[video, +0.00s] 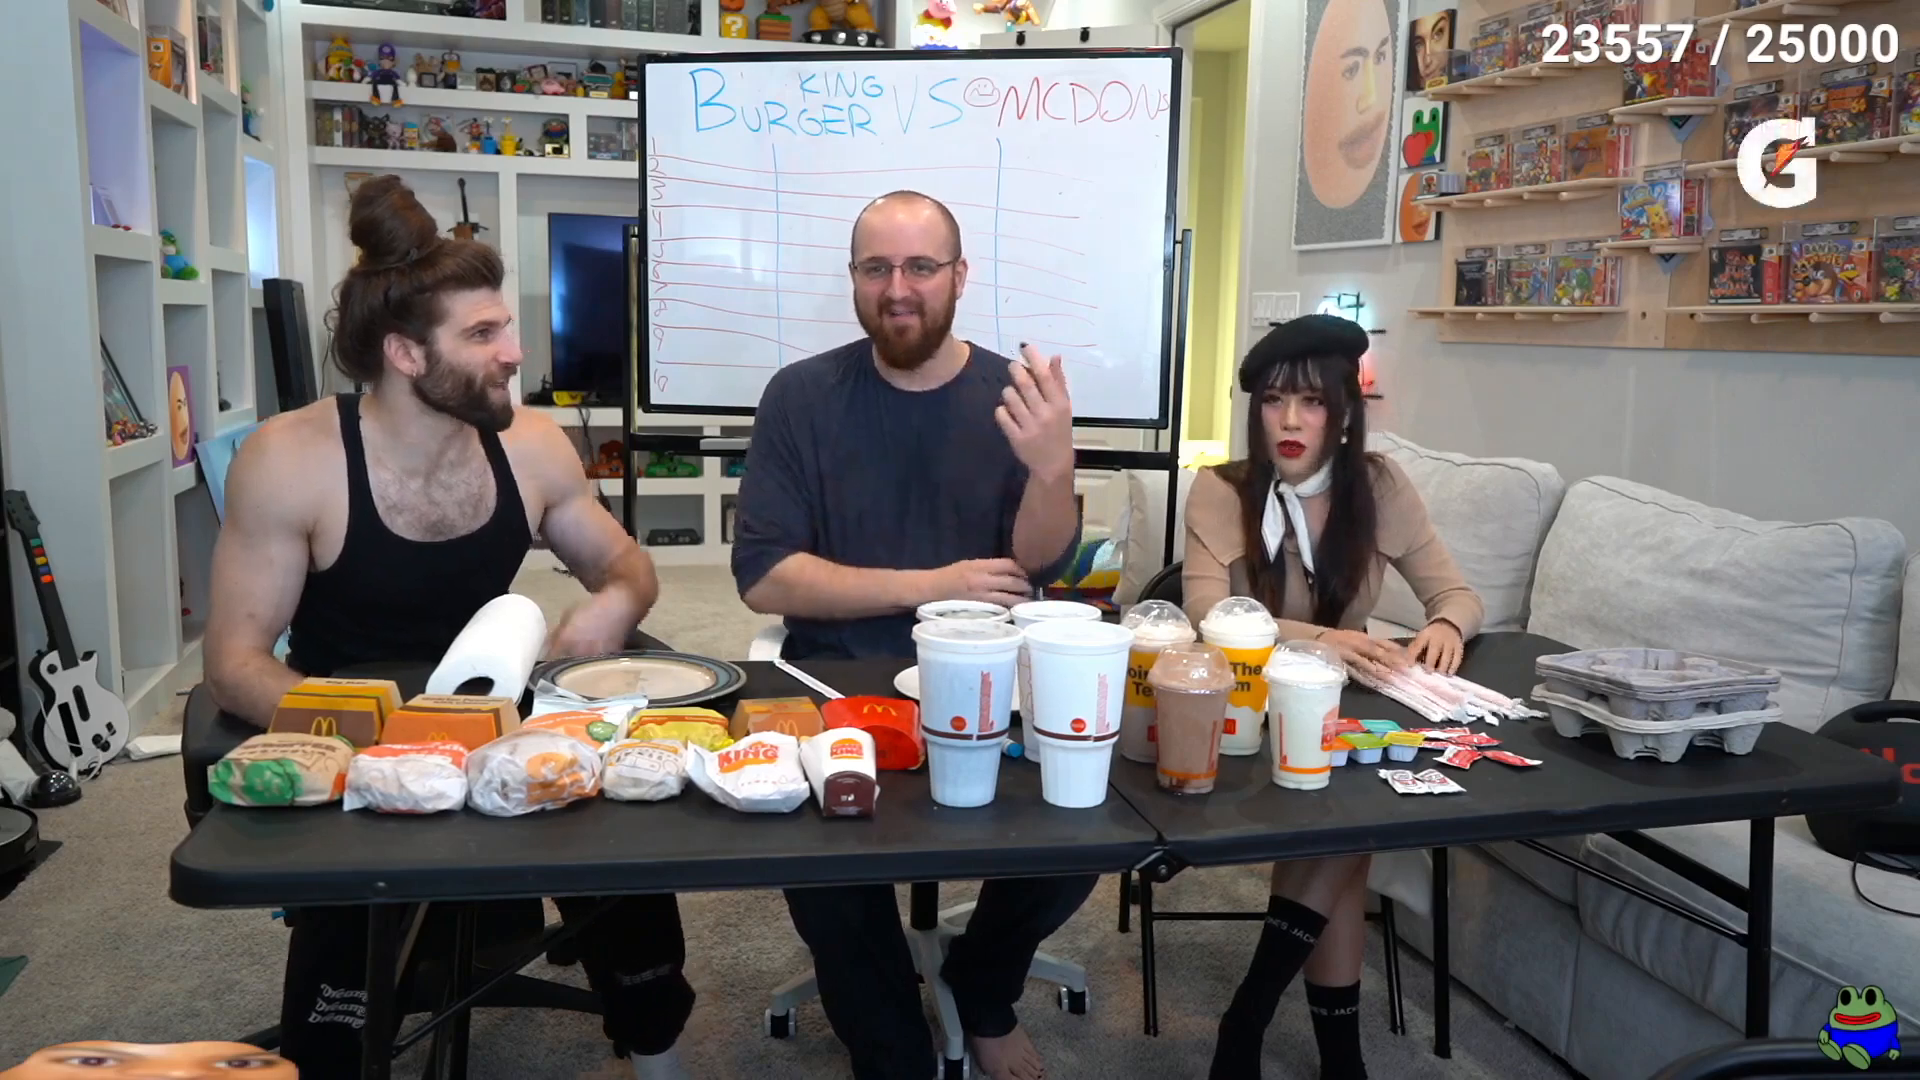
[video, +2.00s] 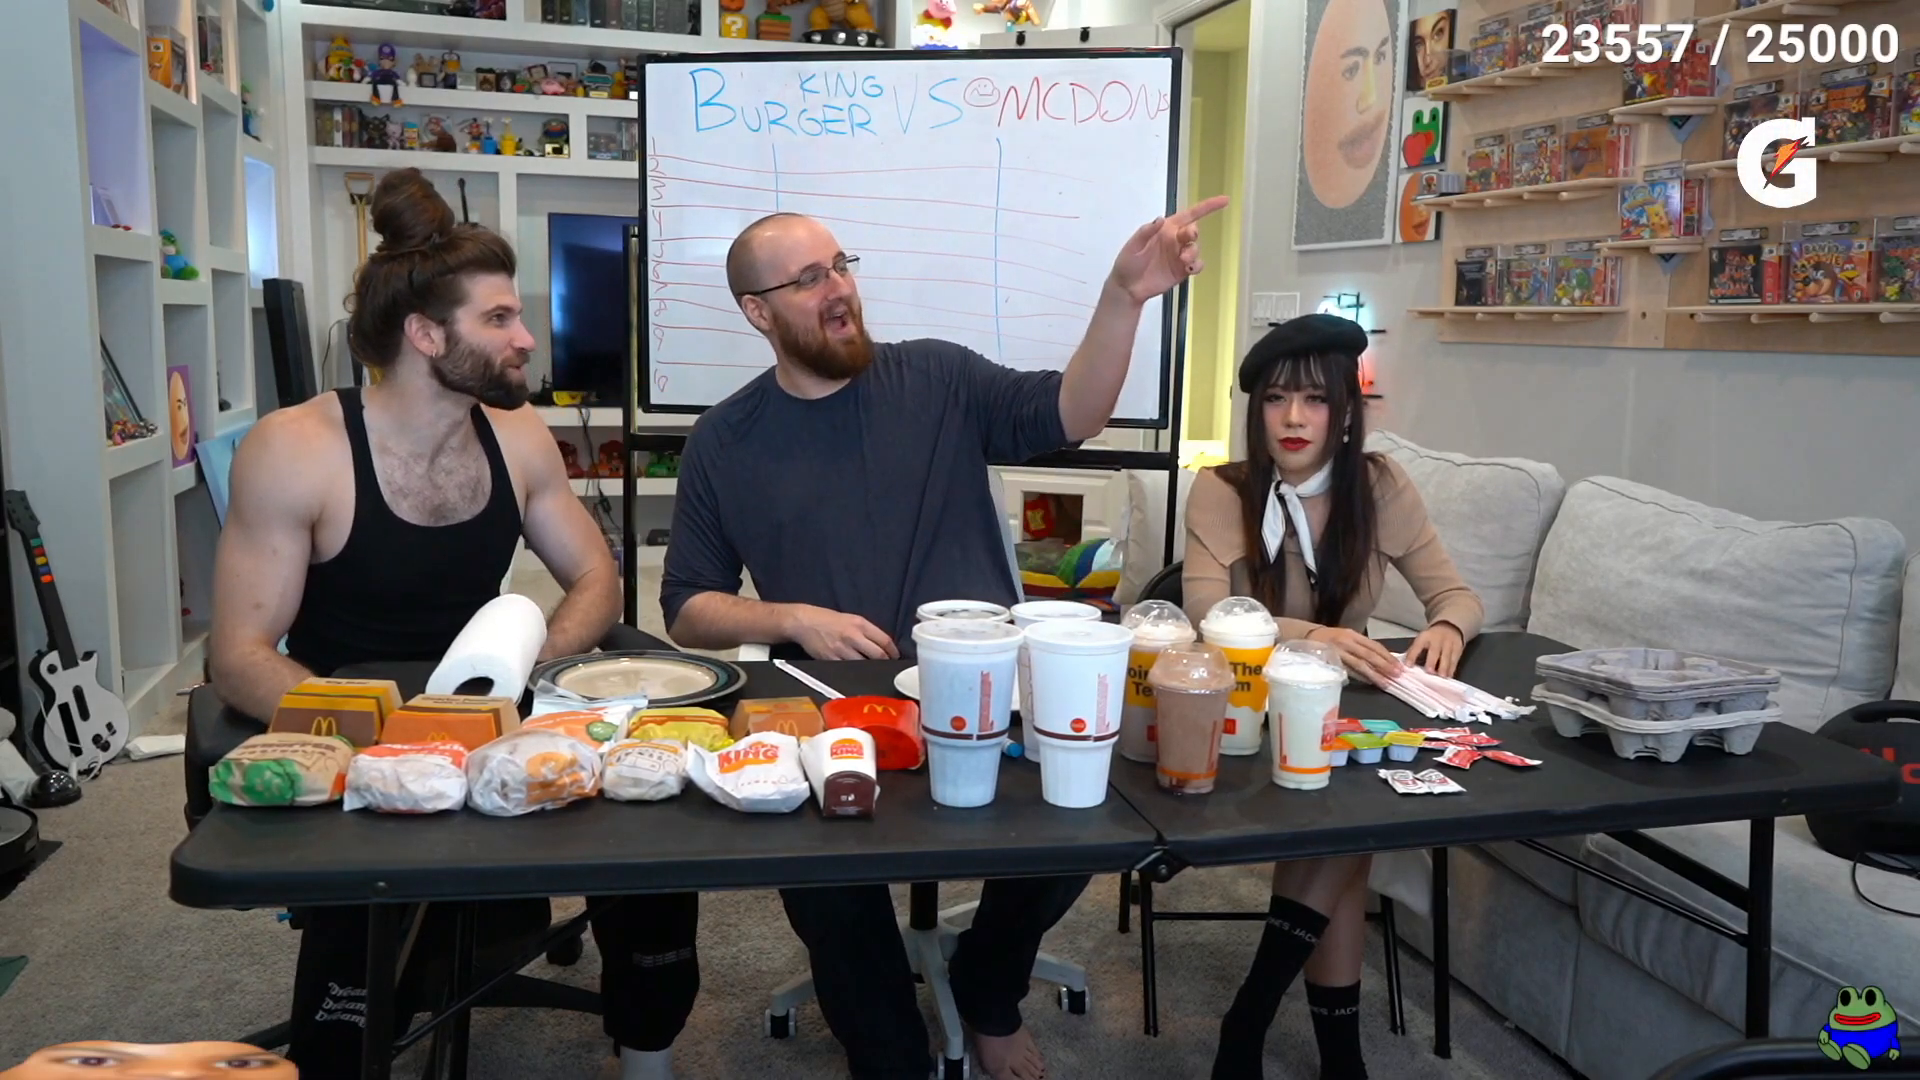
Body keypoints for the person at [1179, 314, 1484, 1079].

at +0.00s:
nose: (1290, 419)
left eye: (1312, 401)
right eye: (1275, 400)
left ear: (1345, 412)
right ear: (1254, 407)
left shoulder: (1378, 483)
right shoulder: (1219, 491)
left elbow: (1454, 593)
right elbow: (1211, 620)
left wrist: (1448, 623)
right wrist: (1318, 636)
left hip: (1339, 705)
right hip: (1242, 710)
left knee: (1346, 816)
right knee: (1350, 830)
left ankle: (1244, 1023)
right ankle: (1343, 1064)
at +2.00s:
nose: (1293, 417)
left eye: (1315, 399)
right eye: (1277, 398)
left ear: (1347, 411)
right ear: (1255, 406)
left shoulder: (1377, 482)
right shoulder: (1221, 492)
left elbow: (1454, 594)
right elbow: (1210, 622)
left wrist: (1449, 626)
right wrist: (1308, 634)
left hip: (1337, 706)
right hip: (1241, 710)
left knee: (1347, 814)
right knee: (1351, 829)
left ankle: (1245, 1026)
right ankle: (1343, 1064)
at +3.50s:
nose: (1299, 419)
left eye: (1320, 401)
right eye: (1282, 399)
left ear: (1350, 412)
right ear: (1258, 407)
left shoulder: (1379, 484)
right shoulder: (1221, 492)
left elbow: (1455, 595)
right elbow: (1210, 622)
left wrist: (1446, 625)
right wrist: (1307, 634)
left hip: (1337, 706)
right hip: (1242, 712)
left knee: (1348, 815)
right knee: (1351, 832)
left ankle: (1245, 1025)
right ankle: (1343, 1065)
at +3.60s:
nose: (1299, 420)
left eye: (1320, 402)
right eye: (1282, 400)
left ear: (1350, 413)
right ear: (1258, 407)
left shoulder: (1379, 484)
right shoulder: (1221, 492)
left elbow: (1455, 595)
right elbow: (1210, 622)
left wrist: (1446, 624)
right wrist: (1307, 634)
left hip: (1335, 706)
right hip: (1240, 712)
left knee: (1347, 814)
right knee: (1351, 829)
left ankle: (1246, 1024)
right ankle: (1343, 1064)